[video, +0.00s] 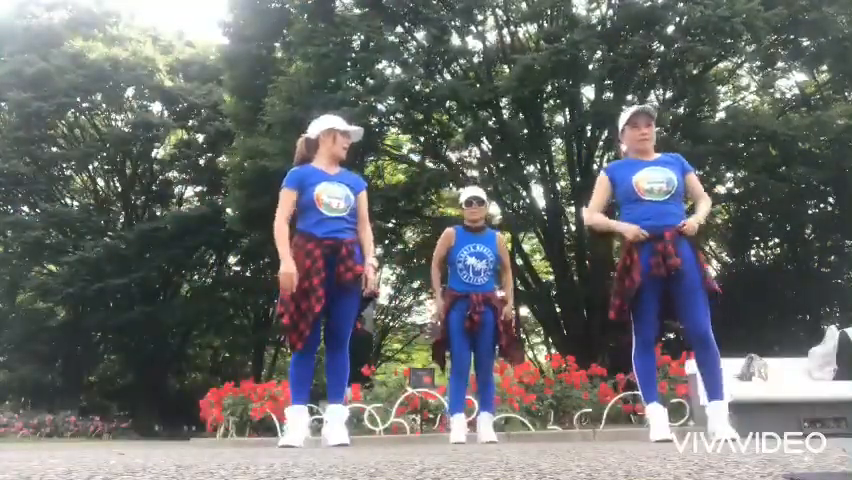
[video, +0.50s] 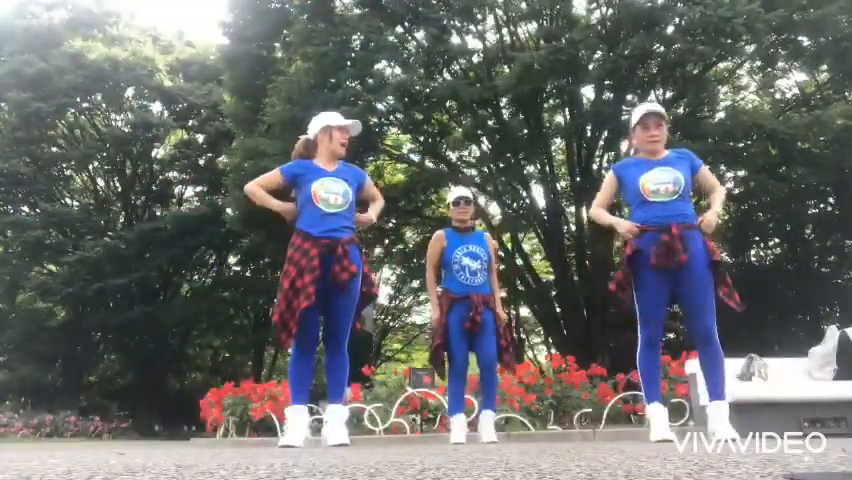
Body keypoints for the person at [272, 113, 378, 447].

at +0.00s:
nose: (349, 143)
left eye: (349, 138)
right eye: (343, 137)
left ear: (341, 141)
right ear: (326, 139)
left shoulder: (356, 182)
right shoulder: (299, 174)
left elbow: (364, 226)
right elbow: (281, 219)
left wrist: (370, 261)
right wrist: (286, 260)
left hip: (349, 257)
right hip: (309, 255)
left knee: (339, 338)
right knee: (306, 338)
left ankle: (336, 417)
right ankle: (297, 418)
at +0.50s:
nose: (348, 138)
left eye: (348, 134)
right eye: (342, 133)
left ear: (342, 139)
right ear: (323, 135)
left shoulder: (355, 174)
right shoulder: (299, 169)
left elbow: (378, 199)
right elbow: (252, 187)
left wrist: (371, 214)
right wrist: (281, 206)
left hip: (346, 255)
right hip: (308, 253)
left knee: (338, 340)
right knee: (305, 338)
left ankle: (335, 420)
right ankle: (297, 420)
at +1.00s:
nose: (345, 137)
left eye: (345, 133)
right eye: (339, 132)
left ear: (343, 138)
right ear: (320, 135)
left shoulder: (354, 173)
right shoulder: (298, 167)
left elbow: (370, 199)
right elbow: (253, 185)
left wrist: (366, 212)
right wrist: (278, 203)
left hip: (345, 254)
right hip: (307, 253)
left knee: (337, 340)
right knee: (303, 337)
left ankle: (336, 420)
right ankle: (297, 420)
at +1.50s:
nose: (340, 137)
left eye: (343, 132)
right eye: (333, 131)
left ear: (347, 137)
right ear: (317, 136)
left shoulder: (359, 167)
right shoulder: (299, 162)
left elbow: (391, 184)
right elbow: (251, 167)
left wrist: (374, 195)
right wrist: (278, 181)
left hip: (346, 255)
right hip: (308, 253)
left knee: (338, 339)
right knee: (305, 338)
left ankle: (336, 420)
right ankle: (298, 420)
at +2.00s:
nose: (345, 135)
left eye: (346, 131)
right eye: (338, 130)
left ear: (344, 137)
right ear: (320, 135)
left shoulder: (358, 175)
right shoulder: (297, 173)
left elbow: (362, 221)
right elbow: (284, 223)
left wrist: (360, 261)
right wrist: (291, 260)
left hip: (345, 257)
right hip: (307, 256)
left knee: (339, 341)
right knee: (306, 341)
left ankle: (336, 418)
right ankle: (297, 419)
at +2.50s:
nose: (348, 137)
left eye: (349, 133)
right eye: (342, 132)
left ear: (343, 138)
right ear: (322, 134)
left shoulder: (355, 178)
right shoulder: (296, 172)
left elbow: (376, 221)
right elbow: (279, 220)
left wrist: (377, 257)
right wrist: (287, 251)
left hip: (347, 254)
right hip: (308, 254)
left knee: (339, 340)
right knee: (306, 339)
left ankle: (336, 419)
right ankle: (297, 419)